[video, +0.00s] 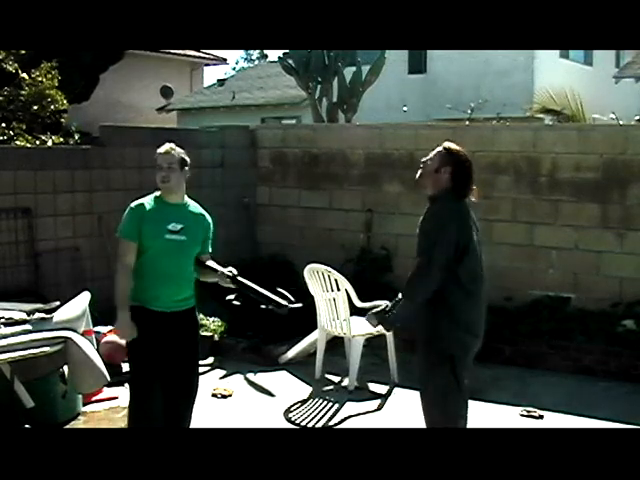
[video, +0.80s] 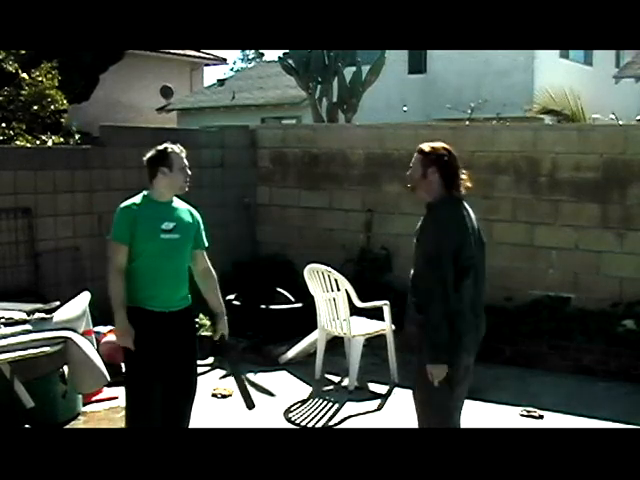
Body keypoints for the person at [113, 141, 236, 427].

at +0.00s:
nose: (163, 174)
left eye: (170, 168)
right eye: (159, 168)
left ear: (185, 172)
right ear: (154, 172)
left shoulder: (201, 218)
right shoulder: (139, 211)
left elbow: (200, 265)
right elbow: (125, 266)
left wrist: (219, 273)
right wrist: (123, 315)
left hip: (184, 318)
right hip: (146, 317)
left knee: (182, 396)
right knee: (146, 397)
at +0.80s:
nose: (189, 175)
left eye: (188, 169)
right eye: (183, 169)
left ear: (167, 173)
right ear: (162, 173)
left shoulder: (190, 216)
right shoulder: (129, 212)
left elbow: (203, 268)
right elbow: (117, 269)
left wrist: (220, 313)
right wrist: (121, 320)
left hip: (181, 320)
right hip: (143, 321)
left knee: (180, 401)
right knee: (144, 403)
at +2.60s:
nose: (204, 173)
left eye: (203, 167)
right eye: (198, 168)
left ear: (185, 174)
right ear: (178, 174)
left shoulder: (205, 219)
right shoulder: (146, 213)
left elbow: (216, 267)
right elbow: (132, 269)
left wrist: (251, 277)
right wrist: (132, 320)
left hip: (193, 320)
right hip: (157, 319)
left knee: (187, 398)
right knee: (154, 398)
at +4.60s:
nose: (195, 172)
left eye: (194, 166)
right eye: (188, 167)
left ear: (176, 174)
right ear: (169, 173)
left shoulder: (194, 219)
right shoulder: (138, 210)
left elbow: (209, 267)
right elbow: (122, 266)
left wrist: (245, 249)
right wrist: (120, 316)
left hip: (184, 319)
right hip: (148, 318)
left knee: (184, 393)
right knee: (149, 395)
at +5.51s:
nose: (194, 171)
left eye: (192, 165)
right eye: (187, 166)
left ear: (174, 173)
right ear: (168, 173)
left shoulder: (196, 216)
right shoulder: (139, 212)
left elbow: (207, 267)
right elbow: (125, 270)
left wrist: (243, 288)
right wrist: (129, 320)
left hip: (187, 318)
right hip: (152, 318)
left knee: (185, 395)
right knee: (151, 397)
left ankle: (177, 430)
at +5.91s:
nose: (191, 170)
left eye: (189, 164)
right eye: (184, 165)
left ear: (172, 173)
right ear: (166, 173)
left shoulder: (196, 214)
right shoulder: (138, 214)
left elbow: (203, 268)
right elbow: (126, 272)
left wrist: (209, 316)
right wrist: (130, 324)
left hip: (189, 320)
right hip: (153, 319)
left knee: (184, 400)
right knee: (151, 402)